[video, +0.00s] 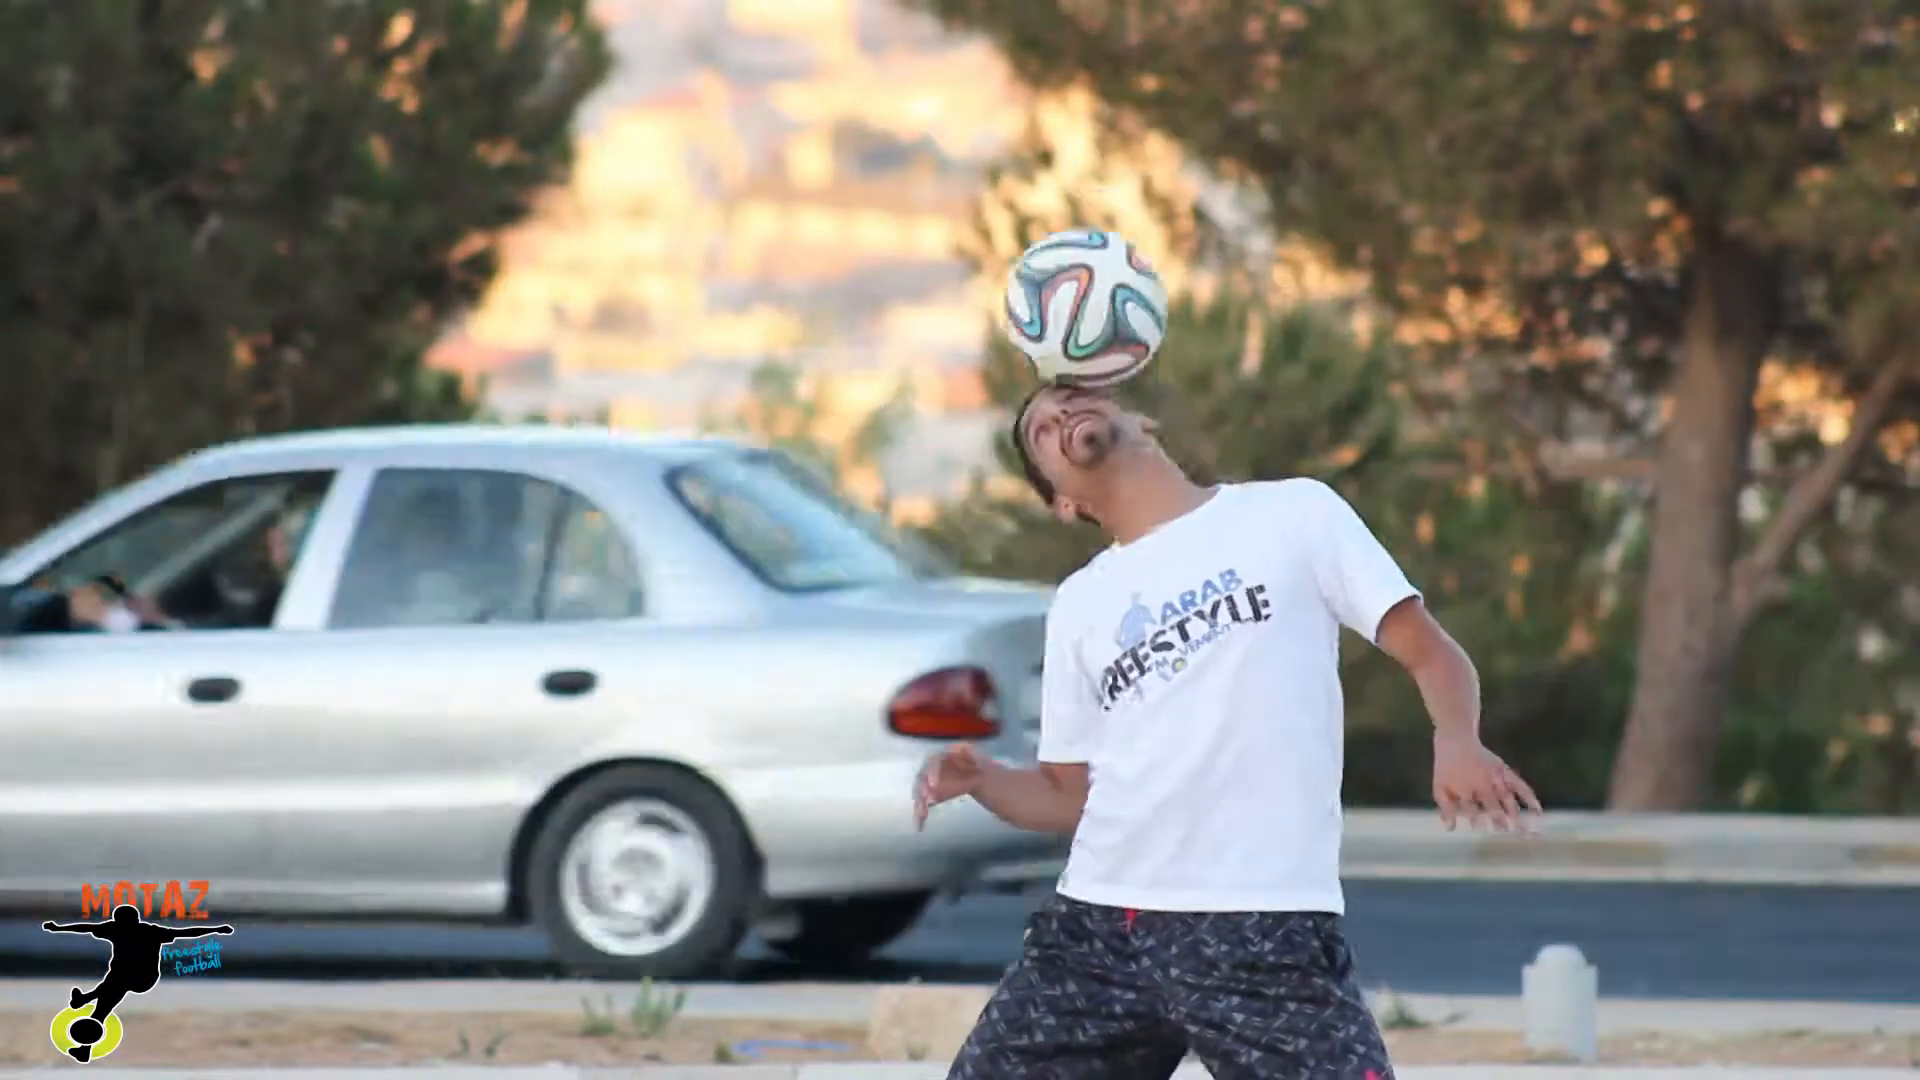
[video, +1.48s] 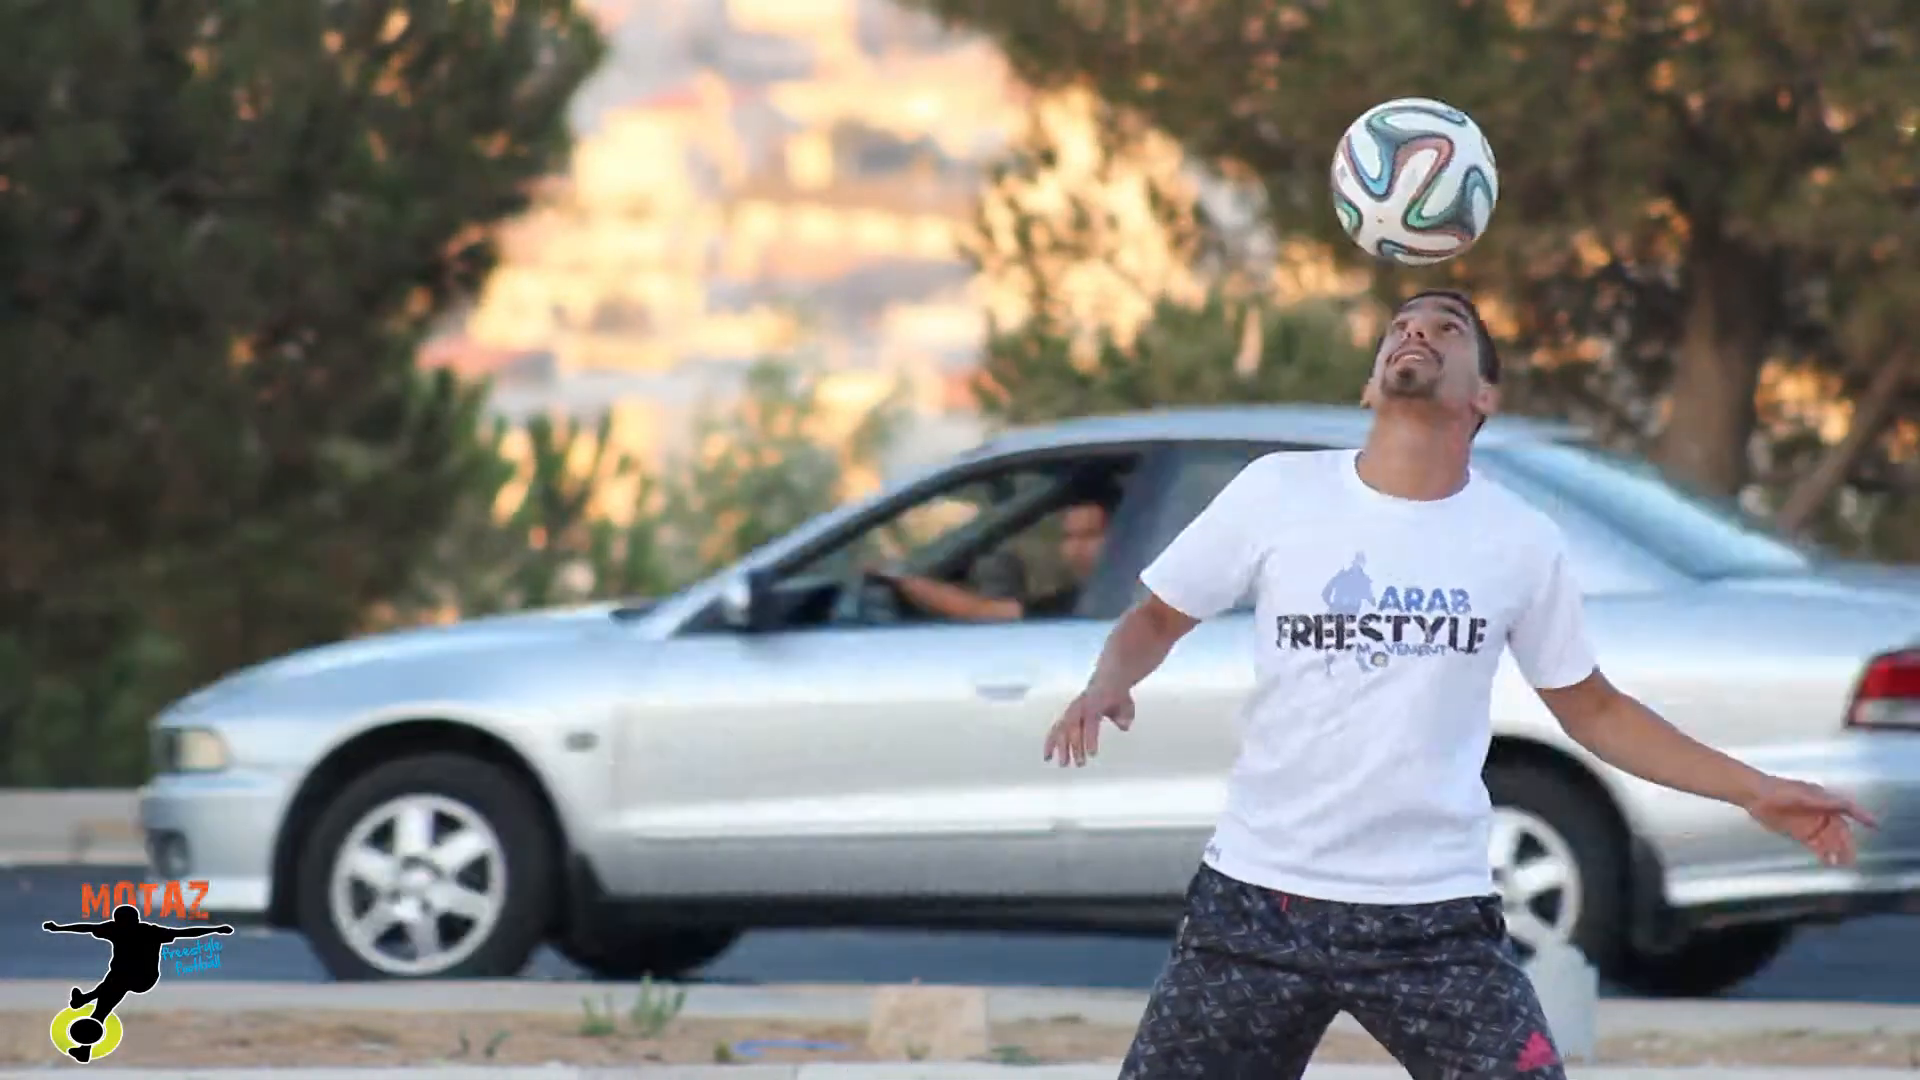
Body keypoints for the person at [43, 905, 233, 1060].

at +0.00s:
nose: (116, 925)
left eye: (116, 921)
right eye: (117, 922)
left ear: (117, 919)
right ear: (137, 918)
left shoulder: (113, 929)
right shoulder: (153, 931)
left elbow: (85, 928)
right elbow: (186, 933)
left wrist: (58, 927)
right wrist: (216, 929)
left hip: (122, 977)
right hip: (148, 980)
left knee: (103, 1010)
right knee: (113, 977)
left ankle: (85, 1047)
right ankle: (83, 999)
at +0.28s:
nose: (117, 926)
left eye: (117, 923)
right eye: (119, 923)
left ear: (118, 920)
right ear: (137, 918)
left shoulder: (113, 929)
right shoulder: (154, 931)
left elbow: (86, 928)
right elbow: (186, 932)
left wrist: (58, 928)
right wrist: (216, 929)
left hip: (122, 977)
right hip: (148, 981)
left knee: (103, 1010)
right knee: (113, 978)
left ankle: (85, 1048)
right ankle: (83, 999)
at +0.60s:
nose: (117, 926)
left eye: (118, 922)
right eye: (119, 923)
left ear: (118, 920)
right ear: (137, 919)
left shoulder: (113, 929)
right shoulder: (154, 931)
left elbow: (86, 928)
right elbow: (186, 933)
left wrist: (59, 928)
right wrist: (215, 929)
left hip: (122, 977)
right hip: (148, 981)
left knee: (102, 1010)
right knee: (113, 978)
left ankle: (85, 1048)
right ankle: (83, 999)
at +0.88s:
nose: (117, 926)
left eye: (117, 922)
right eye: (118, 923)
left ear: (118, 920)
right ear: (137, 919)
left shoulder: (113, 929)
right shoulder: (154, 931)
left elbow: (86, 928)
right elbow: (186, 932)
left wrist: (58, 927)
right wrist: (216, 929)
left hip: (122, 977)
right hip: (147, 981)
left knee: (102, 1010)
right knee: (112, 980)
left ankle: (85, 1049)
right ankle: (82, 999)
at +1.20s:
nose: (117, 926)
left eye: (117, 922)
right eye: (119, 923)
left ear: (118, 920)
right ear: (137, 919)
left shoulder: (113, 929)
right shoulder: (154, 931)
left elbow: (86, 928)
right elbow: (186, 933)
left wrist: (59, 927)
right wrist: (216, 929)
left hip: (122, 977)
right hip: (148, 981)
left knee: (102, 1010)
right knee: (114, 978)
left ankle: (85, 1049)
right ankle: (83, 999)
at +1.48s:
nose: (117, 926)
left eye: (117, 922)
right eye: (119, 923)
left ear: (118, 920)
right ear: (137, 919)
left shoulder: (113, 929)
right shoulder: (154, 931)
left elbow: (86, 928)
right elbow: (186, 932)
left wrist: (58, 927)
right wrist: (215, 929)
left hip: (122, 977)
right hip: (148, 981)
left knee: (103, 1010)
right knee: (113, 978)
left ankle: (85, 1048)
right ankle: (83, 999)